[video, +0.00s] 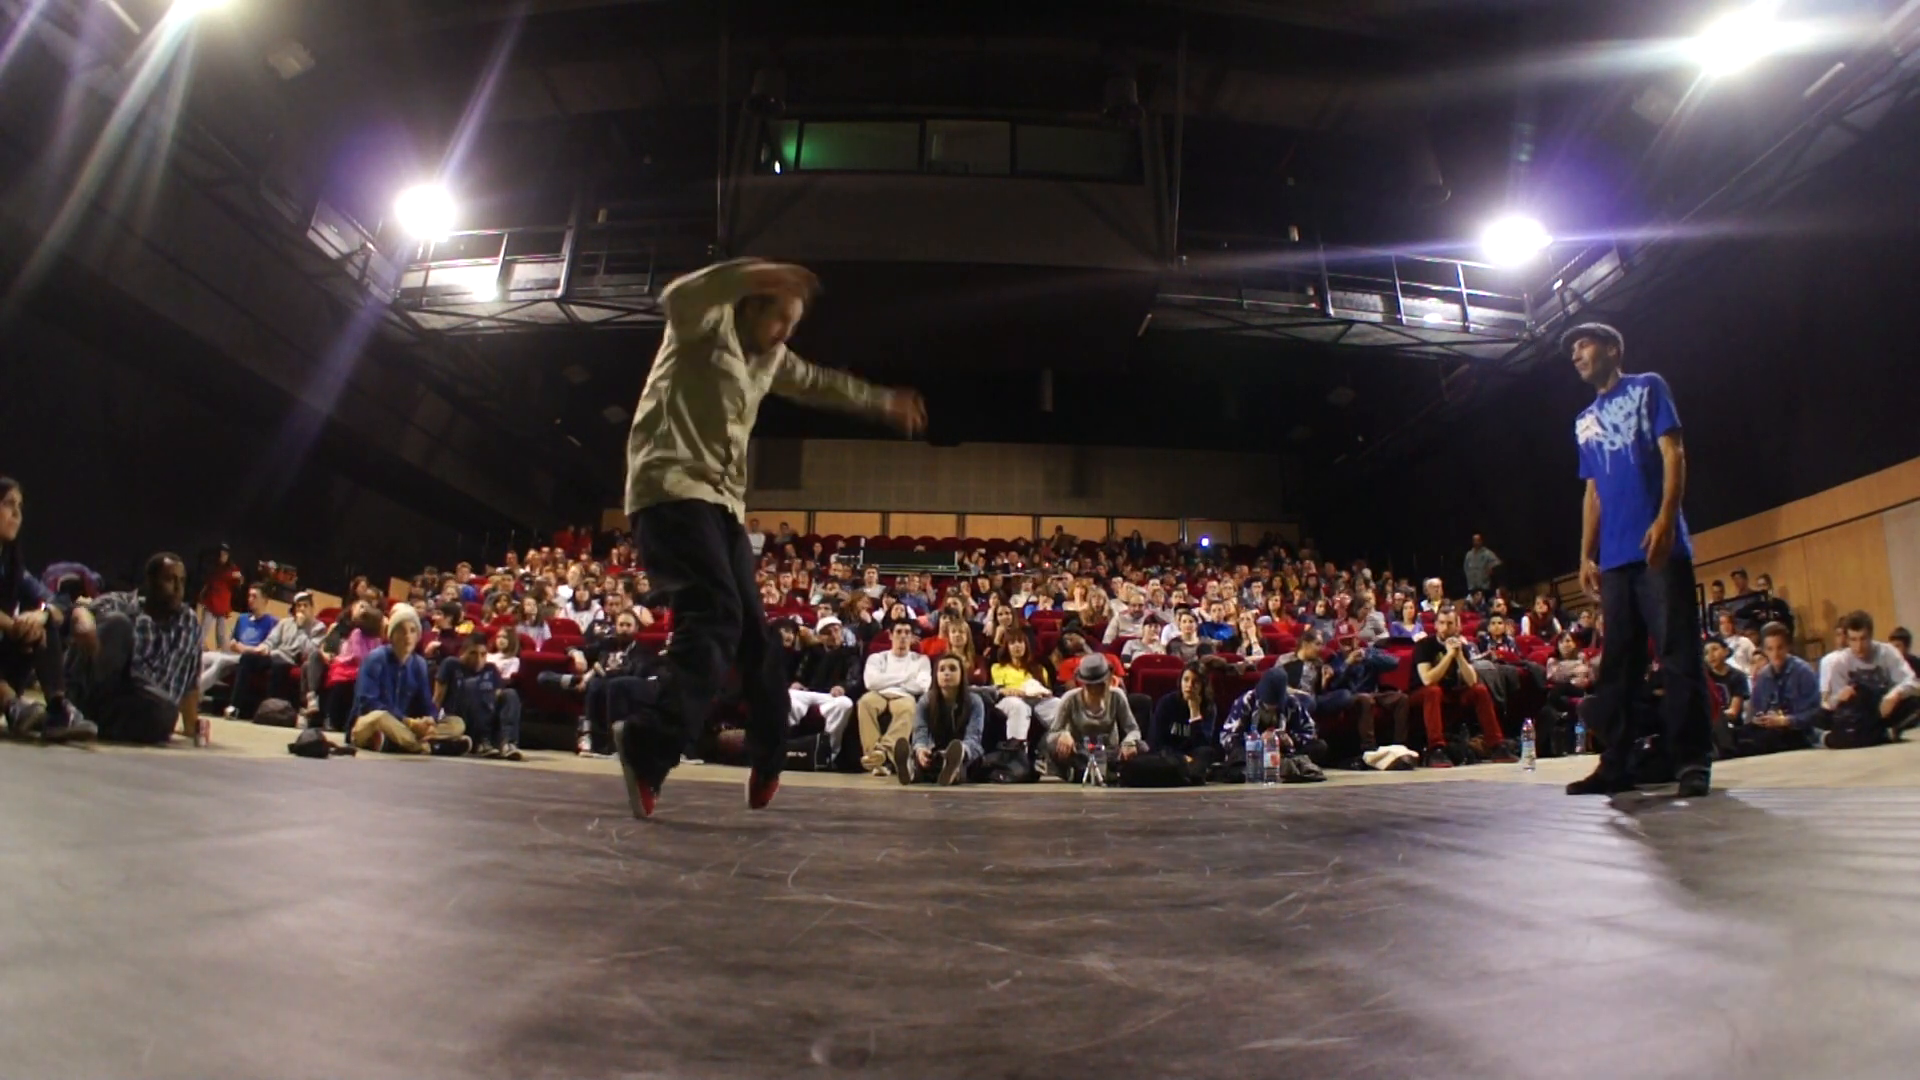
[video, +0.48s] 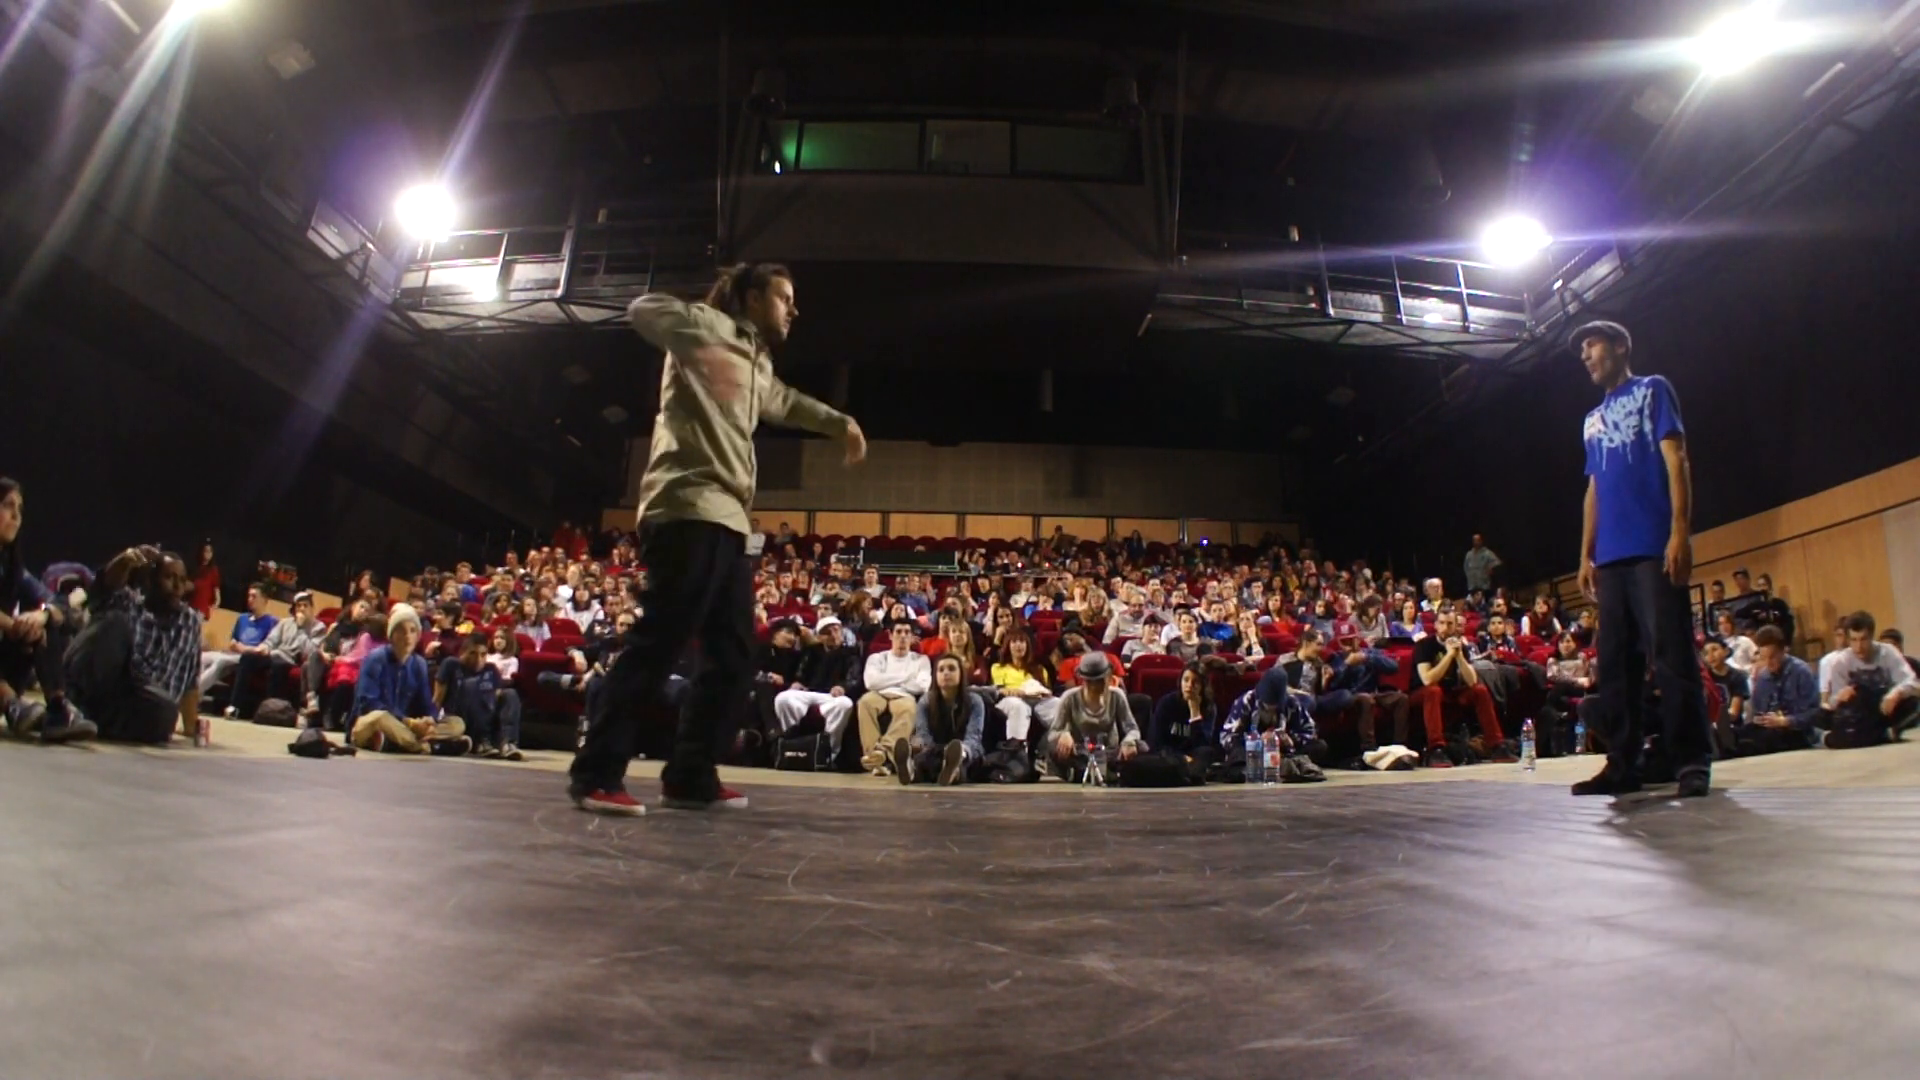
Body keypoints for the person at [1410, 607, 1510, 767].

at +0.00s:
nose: (1445, 628)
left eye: (1450, 623)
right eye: (1441, 623)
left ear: (1457, 626)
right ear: (1436, 624)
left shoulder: (1462, 646)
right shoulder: (1424, 646)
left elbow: (1471, 681)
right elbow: (1427, 678)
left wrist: (1459, 654)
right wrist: (1449, 655)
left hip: (1454, 693)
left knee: (1480, 691)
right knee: (1433, 691)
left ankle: (1497, 745)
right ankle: (1437, 749)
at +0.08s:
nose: (1445, 628)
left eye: (1450, 623)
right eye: (1441, 623)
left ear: (1457, 626)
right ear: (1436, 624)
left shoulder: (1462, 646)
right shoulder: (1424, 646)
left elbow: (1471, 681)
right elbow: (1427, 678)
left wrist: (1459, 654)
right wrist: (1449, 655)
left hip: (1454, 693)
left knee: (1480, 691)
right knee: (1433, 691)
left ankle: (1497, 745)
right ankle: (1437, 749)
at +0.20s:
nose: (1445, 628)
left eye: (1450, 624)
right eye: (1441, 623)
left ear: (1457, 626)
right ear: (1435, 625)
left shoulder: (1461, 646)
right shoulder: (1424, 646)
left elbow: (1471, 681)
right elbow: (1427, 679)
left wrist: (1458, 655)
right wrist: (1450, 655)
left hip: (1454, 693)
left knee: (1481, 691)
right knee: (1433, 691)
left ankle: (1497, 746)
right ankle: (1437, 749)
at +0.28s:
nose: (1445, 628)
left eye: (1450, 624)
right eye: (1441, 623)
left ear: (1456, 626)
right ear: (1435, 624)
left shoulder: (1461, 646)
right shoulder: (1424, 646)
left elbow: (1471, 681)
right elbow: (1427, 678)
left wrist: (1458, 655)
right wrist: (1449, 655)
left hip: (1455, 692)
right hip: (1429, 694)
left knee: (1481, 691)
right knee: (1433, 691)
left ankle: (1497, 746)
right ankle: (1436, 749)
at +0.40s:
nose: (1445, 628)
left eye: (1449, 624)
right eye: (1441, 623)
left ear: (1456, 626)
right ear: (1435, 624)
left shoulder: (1461, 646)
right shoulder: (1423, 645)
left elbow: (1471, 681)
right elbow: (1427, 679)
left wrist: (1458, 655)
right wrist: (1450, 654)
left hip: (1454, 693)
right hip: (1427, 694)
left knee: (1480, 691)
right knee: (1433, 691)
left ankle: (1497, 745)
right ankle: (1436, 749)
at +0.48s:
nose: (1444, 628)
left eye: (1449, 624)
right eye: (1441, 623)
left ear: (1456, 627)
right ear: (1435, 624)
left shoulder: (1460, 646)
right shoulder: (1423, 645)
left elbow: (1471, 681)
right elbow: (1427, 679)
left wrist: (1459, 655)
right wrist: (1450, 655)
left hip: (1454, 692)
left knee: (1481, 691)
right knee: (1433, 691)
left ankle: (1497, 745)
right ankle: (1436, 749)